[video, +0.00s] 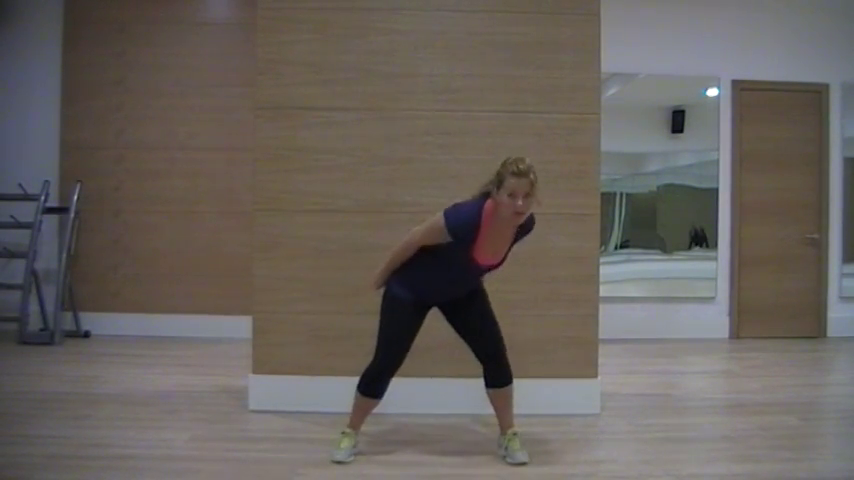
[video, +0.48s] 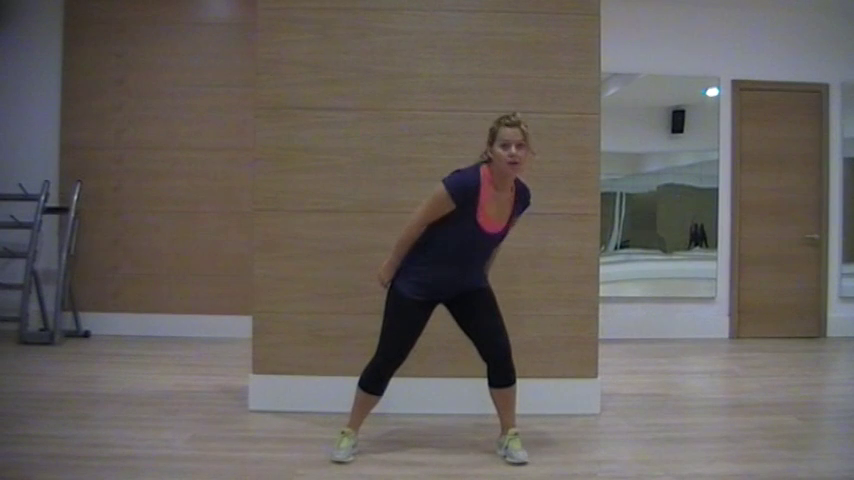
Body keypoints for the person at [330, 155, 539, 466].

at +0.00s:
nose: (520, 204)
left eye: (526, 197)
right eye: (512, 196)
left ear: (533, 198)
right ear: (496, 194)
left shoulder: (524, 225)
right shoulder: (465, 218)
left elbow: (482, 252)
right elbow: (415, 239)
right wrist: (381, 276)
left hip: (461, 287)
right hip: (413, 285)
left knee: (495, 357)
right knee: (387, 361)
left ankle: (508, 436)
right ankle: (350, 434)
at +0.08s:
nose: (522, 193)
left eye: (529, 186)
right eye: (515, 184)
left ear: (536, 188)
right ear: (499, 184)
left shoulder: (526, 219)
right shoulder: (468, 212)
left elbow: (484, 248)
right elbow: (419, 234)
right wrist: (386, 270)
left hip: (463, 286)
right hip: (415, 284)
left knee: (497, 357)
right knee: (389, 360)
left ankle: (508, 436)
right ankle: (350, 433)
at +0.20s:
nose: (524, 177)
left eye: (530, 171)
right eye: (516, 169)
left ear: (537, 175)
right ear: (500, 172)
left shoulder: (526, 211)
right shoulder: (471, 201)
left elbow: (487, 245)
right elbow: (420, 229)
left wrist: (469, 277)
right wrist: (388, 270)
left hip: (465, 285)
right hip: (418, 282)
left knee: (499, 354)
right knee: (388, 360)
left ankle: (509, 436)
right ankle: (350, 434)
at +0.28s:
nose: (523, 169)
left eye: (529, 162)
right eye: (515, 162)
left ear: (535, 166)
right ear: (499, 164)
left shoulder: (526, 205)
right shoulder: (472, 195)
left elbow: (489, 244)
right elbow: (422, 226)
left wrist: (474, 278)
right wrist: (389, 268)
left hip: (466, 284)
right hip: (418, 281)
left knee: (499, 353)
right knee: (388, 359)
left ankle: (509, 436)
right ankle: (350, 433)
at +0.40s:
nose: (519, 159)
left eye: (525, 152)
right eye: (510, 152)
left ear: (532, 158)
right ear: (495, 156)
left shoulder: (523, 200)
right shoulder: (468, 188)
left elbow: (490, 242)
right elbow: (421, 222)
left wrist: (475, 277)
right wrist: (390, 267)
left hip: (467, 283)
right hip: (419, 280)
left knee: (499, 353)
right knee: (389, 357)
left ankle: (509, 435)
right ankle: (350, 433)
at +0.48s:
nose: (514, 153)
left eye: (521, 146)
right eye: (506, 146)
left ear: (528, 153)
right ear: (490, 151)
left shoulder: (520, 197)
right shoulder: (465, 183)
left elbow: (491, 243)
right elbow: (419, 220)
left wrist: (479, 278)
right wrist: (391, 265)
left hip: (467, 282)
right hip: (419, 278)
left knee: (500, 353)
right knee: (388, 358)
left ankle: (509, 434)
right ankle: (350, 432)